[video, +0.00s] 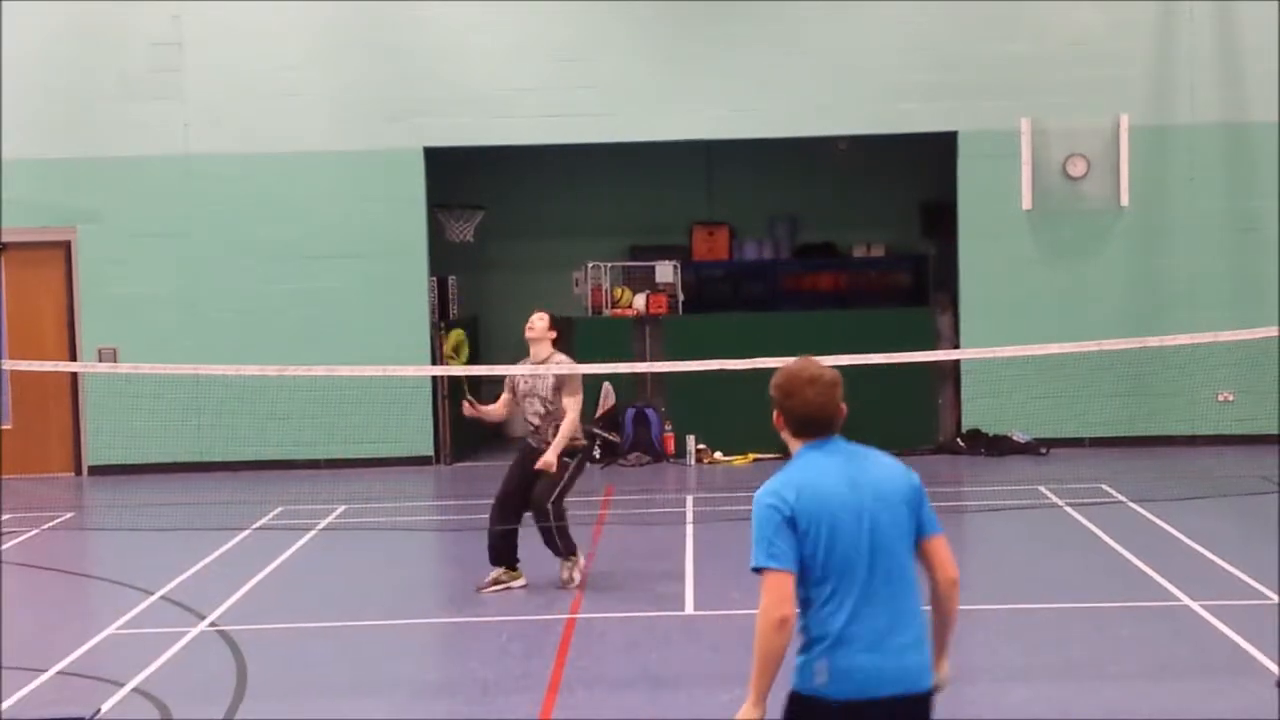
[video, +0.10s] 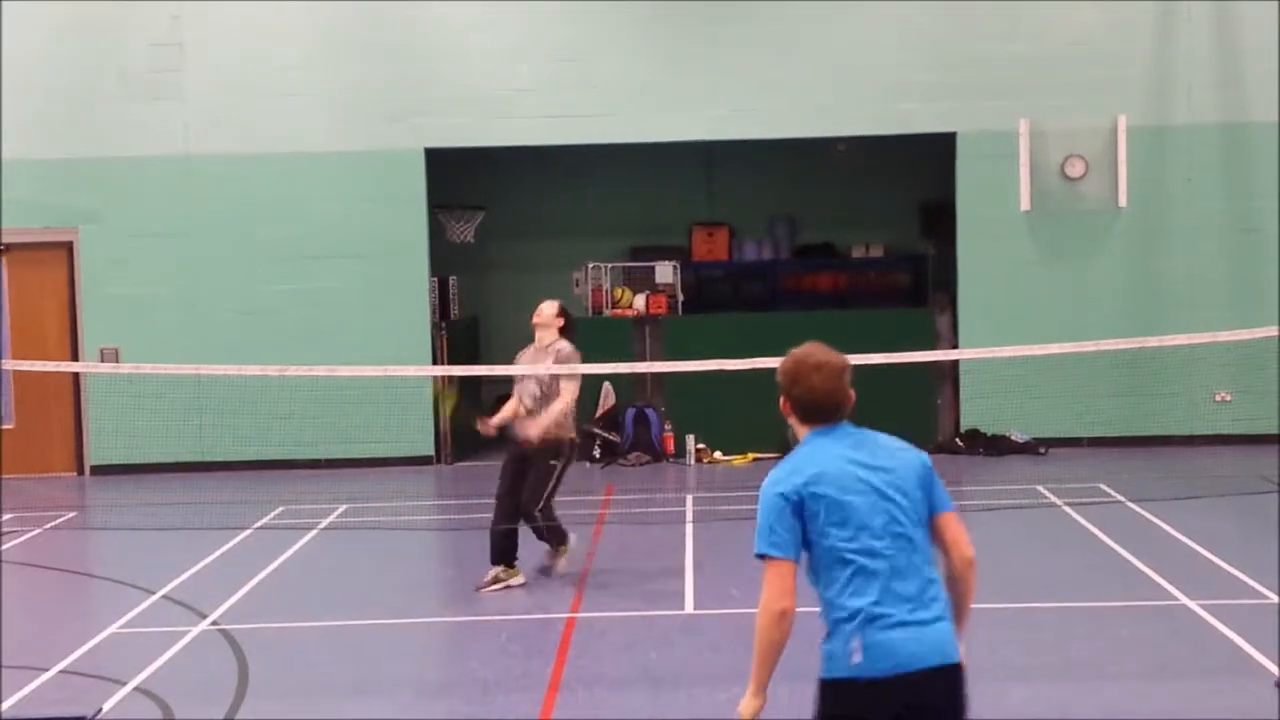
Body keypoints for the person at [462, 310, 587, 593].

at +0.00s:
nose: (530, 322)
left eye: (538, 320)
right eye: (529, 319)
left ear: (552, 334)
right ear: (526, 331)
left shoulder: (565, 366)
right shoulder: (519, 369)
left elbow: (573, 416)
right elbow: (502, 410)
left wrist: (553, 451)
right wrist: (479, 411)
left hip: (568, 446)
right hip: (535, 445)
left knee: (543, 500)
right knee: (506, 501)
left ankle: (569, 557)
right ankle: (507, 569)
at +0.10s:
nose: (537, 311)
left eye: (546, 308)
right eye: (538, 307)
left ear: (559, 321)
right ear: (536, 319)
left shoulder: (565, 352)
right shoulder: (525, 355)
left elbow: (568, 397)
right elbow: (519, 398)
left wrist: (538, 424)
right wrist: (496, 420)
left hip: (556, 440)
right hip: (525, 437)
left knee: (533, 504)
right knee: (507, 499)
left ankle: (560, 543)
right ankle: (505, 566)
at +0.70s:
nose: (585, 297)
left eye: (593, 295)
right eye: (587, 292)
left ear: (605, 307)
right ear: (584, 298)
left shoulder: (602, 344)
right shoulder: (580, 322)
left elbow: (580, 384)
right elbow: (559, 308)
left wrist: (550, 372)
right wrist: (537, 295)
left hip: (594, 417)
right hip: (575, 412)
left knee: (552, 467)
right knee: (586, 472)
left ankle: (553, 536)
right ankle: (603, 529)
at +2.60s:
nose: (771, 277)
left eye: (778, 274)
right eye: (771, 273)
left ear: (790, 286)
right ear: (767, 283)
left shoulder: (796, 313)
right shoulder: (755, 320)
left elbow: (798, 341)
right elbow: (742, 357)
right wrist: (718, 362)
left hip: (781, 388)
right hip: (756, 391)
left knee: (783, 454)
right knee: (757, 457)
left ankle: (796, 518)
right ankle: (769, 520)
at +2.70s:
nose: (792, 276)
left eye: (800, 274)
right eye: (792, 273)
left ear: (811, 285)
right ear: (790, 281)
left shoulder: (814, 308)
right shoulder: (782, 317)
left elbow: (791, 301)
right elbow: (779, 361)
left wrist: (758, 280)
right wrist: (750, 376)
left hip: (800, 389)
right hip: (777, 389)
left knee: (801, 453)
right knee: (767, 452)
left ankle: (832, 491)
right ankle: (767, 516)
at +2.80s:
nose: (812, 285)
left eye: (819, 282)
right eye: (813, 281)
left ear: (831, 292)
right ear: (814, 286)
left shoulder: (830, 314)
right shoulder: (810, 317)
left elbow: (802, 287)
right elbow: (801, 363)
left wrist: (771, 263)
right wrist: (770, 366)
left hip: (819, 395)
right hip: (796, 393)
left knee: (828, 451)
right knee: (777, 449)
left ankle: (849, 501)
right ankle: (767, 509)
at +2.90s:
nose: (830, 289)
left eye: (836, 287)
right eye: (830, 286)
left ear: (847, 297)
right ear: (830, 293)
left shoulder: (845, 320)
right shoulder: (825, 321)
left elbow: (815, 289)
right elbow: (821, 355)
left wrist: (787, 262)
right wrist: (805, 342)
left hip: (832, 399)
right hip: (812, 397)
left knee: (836, 454)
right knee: (782, 444)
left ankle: (854, 505)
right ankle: (794, 497)